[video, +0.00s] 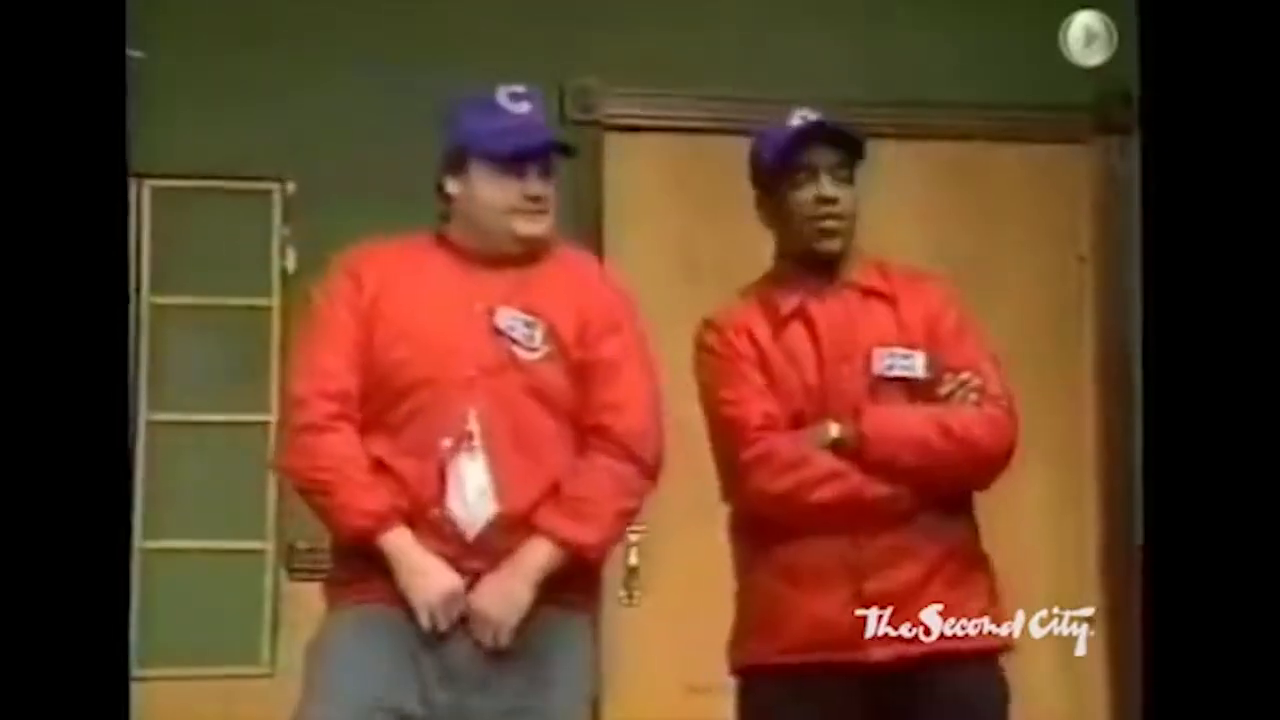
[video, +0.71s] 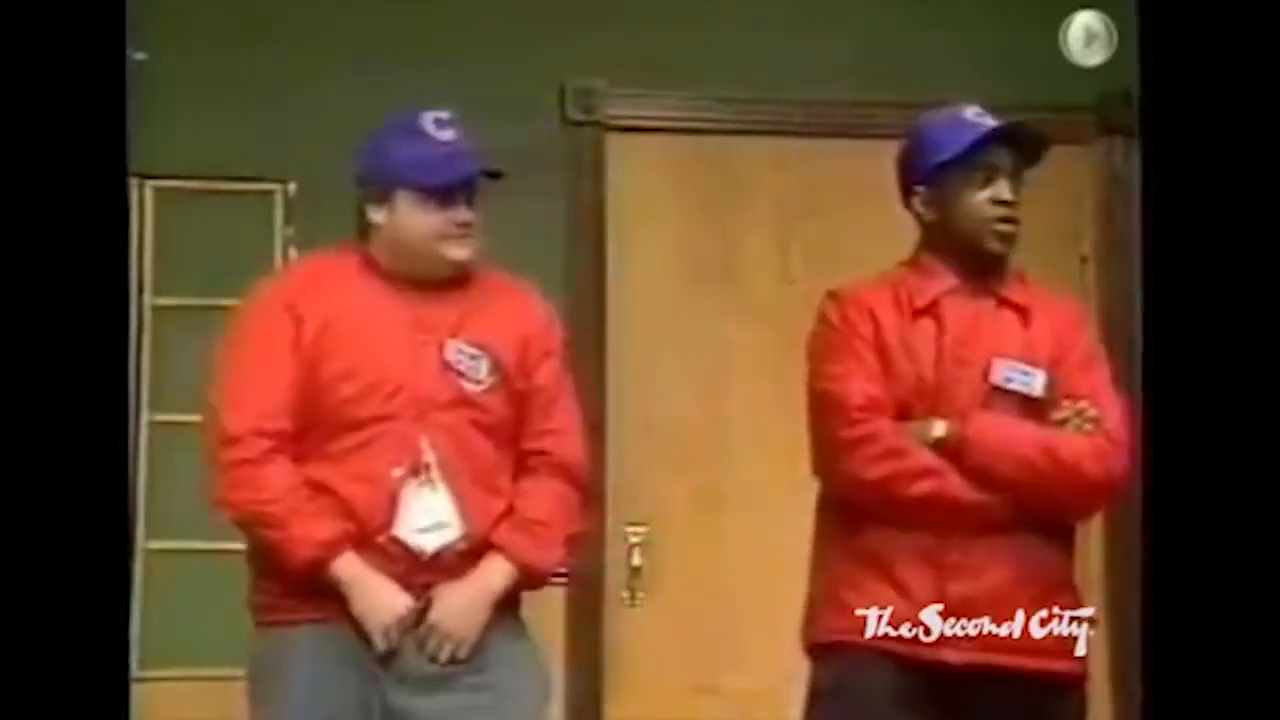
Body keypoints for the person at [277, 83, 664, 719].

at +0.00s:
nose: (536, 187)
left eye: (546, 169)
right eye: (511, 169)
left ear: (559, 178)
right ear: (453, 184)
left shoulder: (589, 289)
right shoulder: (369, 277)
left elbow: (627, 448)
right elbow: (315, 432)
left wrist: (525, 568)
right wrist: (404, 551)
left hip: (542, 616)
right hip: (384, 612)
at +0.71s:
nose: (463, 212)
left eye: (469, 194)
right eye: (438, 197)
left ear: (482, 198)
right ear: (377, 209)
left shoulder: (519, 312)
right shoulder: (293, 303)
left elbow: (559, 469)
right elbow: (249, 465)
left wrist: (483, 586)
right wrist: (355, 578)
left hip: (480, 626)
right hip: (322, 627)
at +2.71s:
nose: (554, 213)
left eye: (554, 196)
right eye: (532, 199)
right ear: (467, 211)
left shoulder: (596, 314)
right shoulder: (370, 303)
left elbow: (640, 467)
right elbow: (318, 452)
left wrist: (566, 579)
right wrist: (416, 562)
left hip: (554, 631)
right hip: (396, 631)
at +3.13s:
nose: (553, 211)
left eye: (553, 194)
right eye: (530, 196)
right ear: (466, 208)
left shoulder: (595, 311)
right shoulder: (370, 302)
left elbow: (642, 462)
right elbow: (334, 450)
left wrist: (572, 576)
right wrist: (429, 559)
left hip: (554, 632)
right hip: (398, 632)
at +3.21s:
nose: (553, 211)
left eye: (553, 194)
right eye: (529, 196)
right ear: (464, 208)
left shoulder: (591, 310)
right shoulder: (377, 294)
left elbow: (642, 460)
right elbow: (362, 427)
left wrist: (572, 569)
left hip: (549, 631)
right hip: (396, 636)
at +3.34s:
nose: (553, 211)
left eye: (551, 193)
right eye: (527, 196)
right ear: (463, 209)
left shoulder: (587, 309)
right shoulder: (378, 286)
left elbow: (638, 461)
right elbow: (416, 393)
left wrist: (573, 573)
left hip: (546, 629)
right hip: (396, 637)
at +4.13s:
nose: (539, 212)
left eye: (541, 196)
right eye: (517, 197)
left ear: (550, 199)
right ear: (450, 206)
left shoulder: (572, 292)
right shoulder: (374, 283)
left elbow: (634, 418)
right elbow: (434, 362)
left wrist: (548, 486)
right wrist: (566, 320)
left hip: (549, 623)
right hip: (395, 631)